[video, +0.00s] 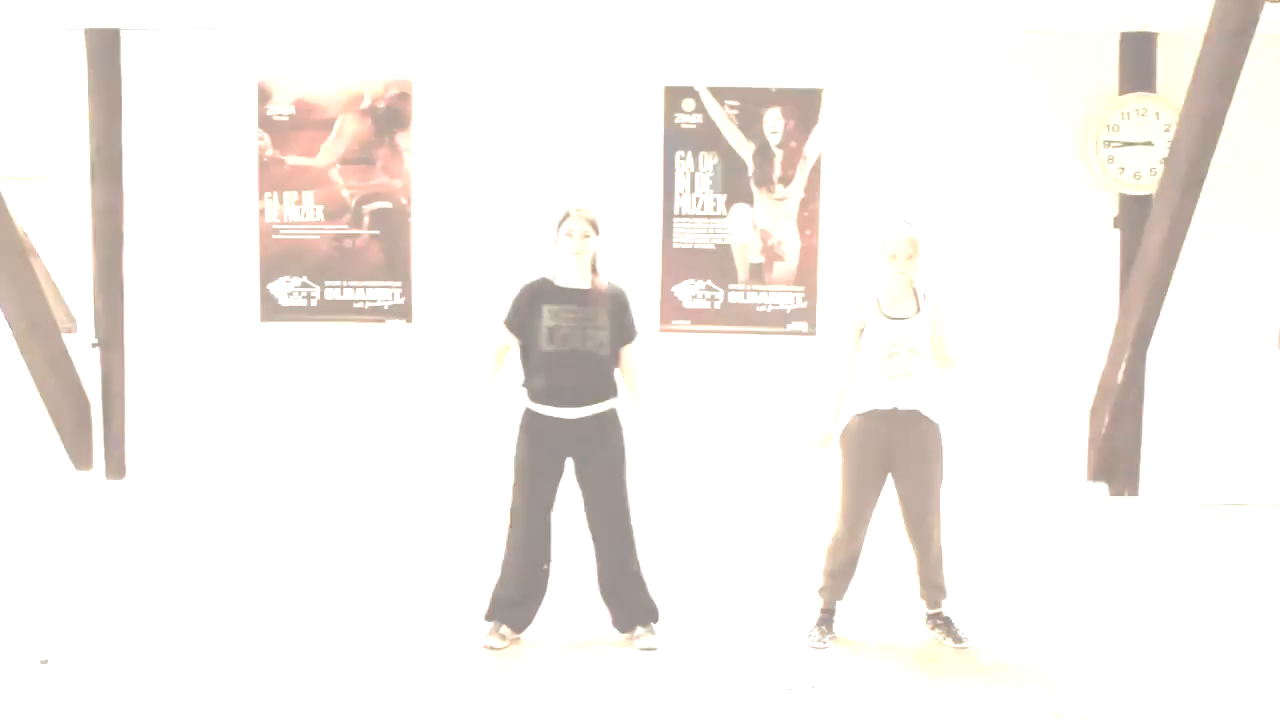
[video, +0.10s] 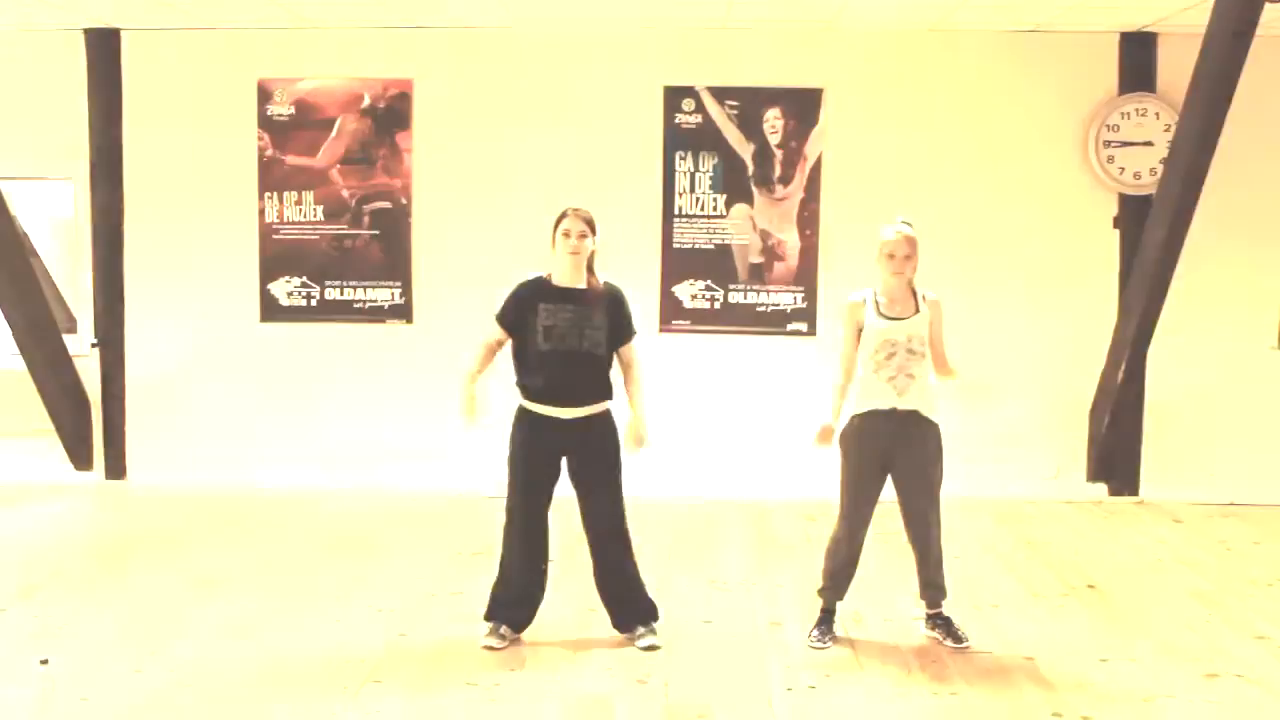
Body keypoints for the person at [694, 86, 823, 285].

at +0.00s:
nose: (771, 126)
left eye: (777, 120)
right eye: (767, 121)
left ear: (788, 124)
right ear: (762, 126)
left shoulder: (803, 160)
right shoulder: (753, 154)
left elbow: (823, 125)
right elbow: (725, 124)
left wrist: (829, 89)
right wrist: (701, 89)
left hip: (787, 241)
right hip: (757, 238)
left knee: (778, 300)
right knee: (739, 211)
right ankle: (743, 286)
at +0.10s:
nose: (771, 125)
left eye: (777, 119)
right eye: (766, 121)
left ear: (791, 124)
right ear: (762, 127)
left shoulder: (803, 158)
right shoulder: (753, 155)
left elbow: (825, 124)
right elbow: (723, 123)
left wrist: (829, 84)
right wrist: (700, 88)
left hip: (787, 241)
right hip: (756, 238)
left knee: (778, 304)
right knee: (739, 210)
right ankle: (743, 285)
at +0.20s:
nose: (772, 125)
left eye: (777, 119)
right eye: (766, 121)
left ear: (789, 123)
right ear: (761, 127)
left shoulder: (803, 158)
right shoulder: (752, 155)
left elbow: (824, 124)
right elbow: (723, 123)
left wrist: (829, 84)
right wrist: (700, 88)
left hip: (787, 241)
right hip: (757, 237)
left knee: (776, 305)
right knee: (739, 210)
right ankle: (743, 285)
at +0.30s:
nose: (772, 125)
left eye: (777, 119)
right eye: (767, 121)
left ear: (788, 123)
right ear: (762, 127)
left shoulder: (803, 158)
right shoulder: (752, 154)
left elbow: (825, 124)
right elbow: (723, 123)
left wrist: (829, 87)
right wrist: (701, 89)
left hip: (787, 244)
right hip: (757, 239)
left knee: (776, 306)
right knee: (739, 210)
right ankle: (743, 285)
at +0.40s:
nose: (771, 125)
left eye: (777, 119)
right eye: (766, 121)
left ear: (788, 124)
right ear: (762, 127)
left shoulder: (803, 158)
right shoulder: (753, 155)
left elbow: (825, 125)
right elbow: (723, 122)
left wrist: (828, 88)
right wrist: (701, 89)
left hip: (787, 243)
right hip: (758, 239)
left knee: (779, 303)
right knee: (739, 210)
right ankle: (743, 284)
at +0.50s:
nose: (771, 125)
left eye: (777, 119)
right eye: (766, 121)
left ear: (788, 124)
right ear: (762, 127)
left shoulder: (802, 158)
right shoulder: (753, 154)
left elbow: (824, 125)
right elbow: (723, 123)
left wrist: (828, 88)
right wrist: (701, 89)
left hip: (786, 241)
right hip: (758, 237)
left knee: (777, 304)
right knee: (739, 210)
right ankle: (743, 284)